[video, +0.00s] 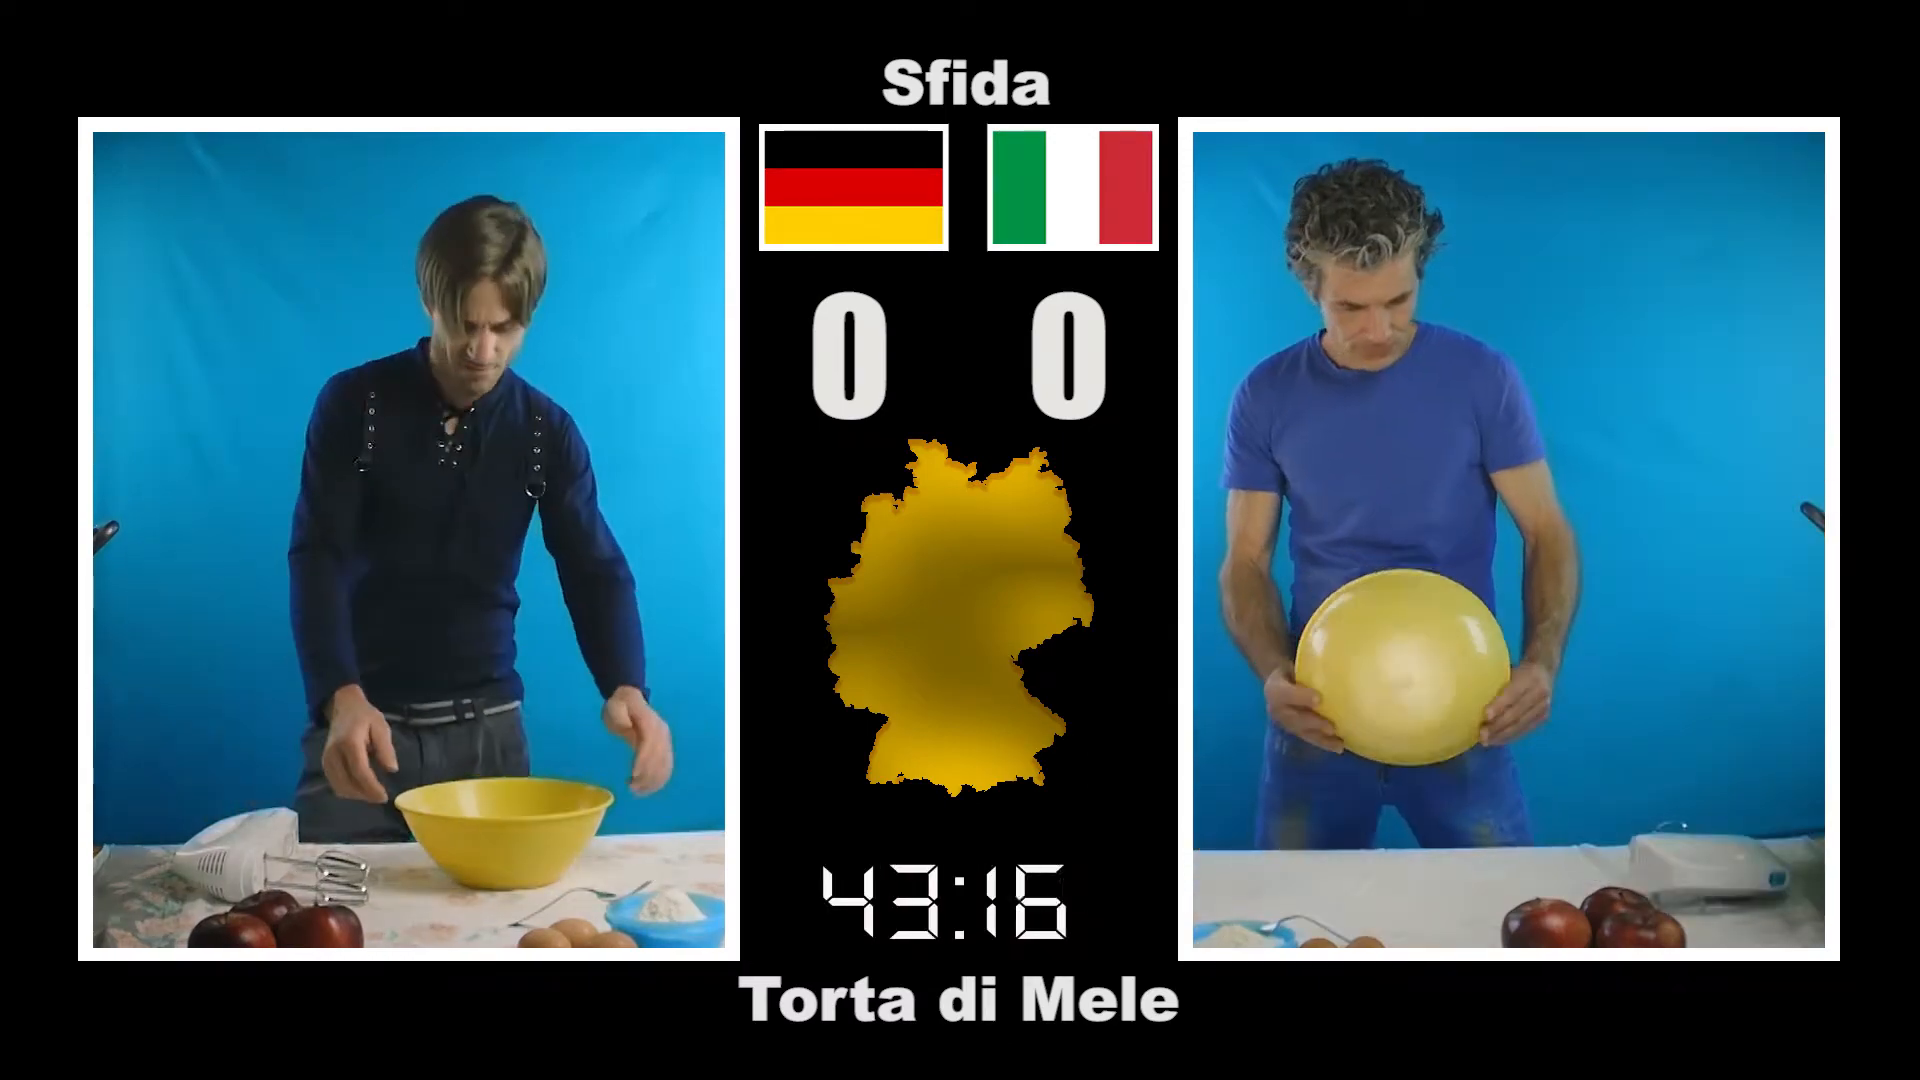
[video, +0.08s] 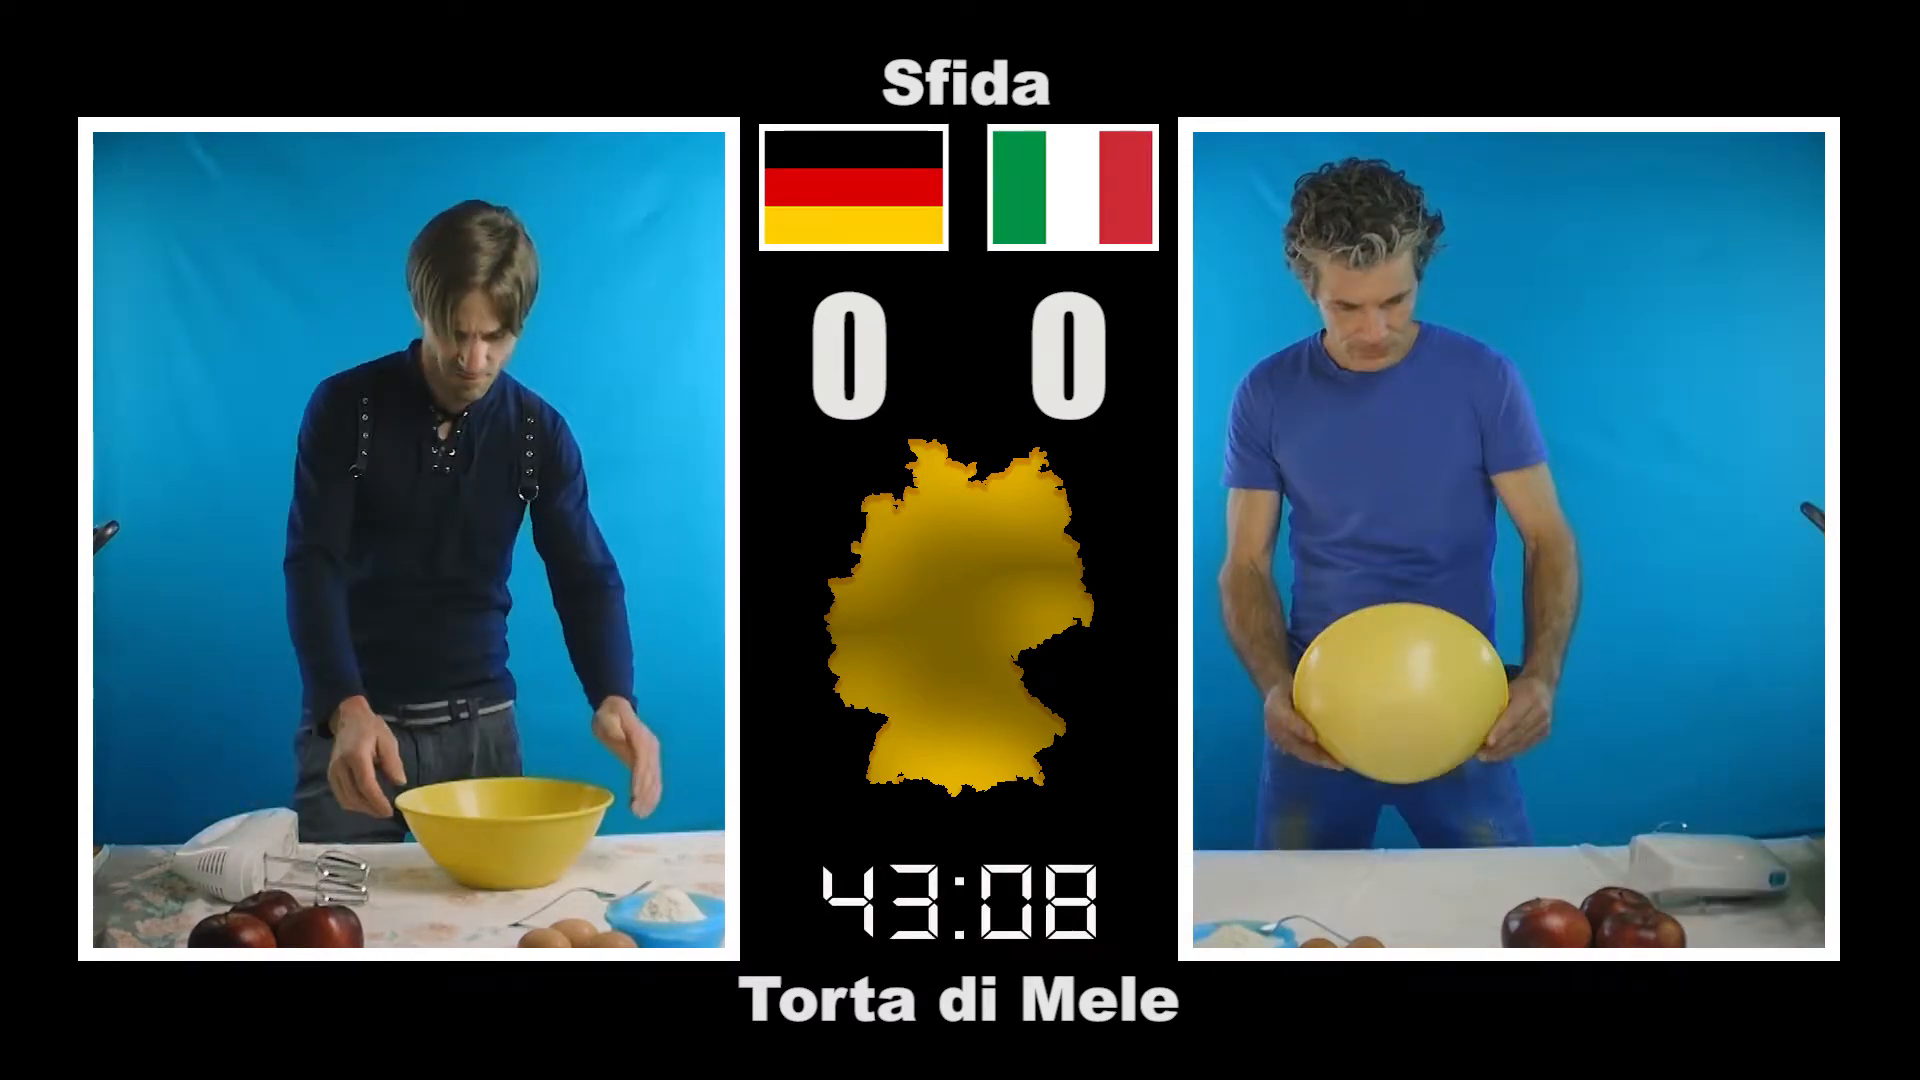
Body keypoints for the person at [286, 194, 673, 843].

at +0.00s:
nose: (482, 349)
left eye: (504, 327)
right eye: (465, 325)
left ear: (527, 316)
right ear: (431, 304)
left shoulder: (543, 431)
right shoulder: (354, 407)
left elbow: (594, 566)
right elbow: (318, 557)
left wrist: (624, 685)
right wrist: (340, 694)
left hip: (487, 733)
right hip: (362, 738)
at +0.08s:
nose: (474, 358)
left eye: (495, 335)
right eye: (455, 334)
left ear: (519, 321)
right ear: (422, 310)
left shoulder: (535, 432)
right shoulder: (345, 411)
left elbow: (586, 575)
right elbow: (313, 564)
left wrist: (612, 698)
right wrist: (346, 707)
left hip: (479, 731)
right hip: (353, 739)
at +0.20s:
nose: (452, 365)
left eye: (473, 342)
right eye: (434, 341)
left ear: (499, 324)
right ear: (400, 315)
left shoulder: (517, 431)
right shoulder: (325, 415)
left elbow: (567, 579)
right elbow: (298, 578)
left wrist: (595, 711)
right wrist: (348, 720)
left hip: (464, 728)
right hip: (338, 737)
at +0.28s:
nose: (435, 383)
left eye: (453, 359)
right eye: (417, 361)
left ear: (473, 341)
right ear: (375, 334)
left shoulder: (490, 430)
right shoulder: (311, 437)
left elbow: (525, 549)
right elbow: (261, 597)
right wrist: (299, 681)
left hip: (463, 741)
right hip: (345, 751)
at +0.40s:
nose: (444, 382)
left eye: (462, 358)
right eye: (427, 359)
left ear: (480, 340)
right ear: (383, 331)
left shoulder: (489, 432)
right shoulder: (316, 435)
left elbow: (516, 550)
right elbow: (259, 600)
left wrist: (595, 635)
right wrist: (327, 684)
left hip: (462, 738)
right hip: (343, 745)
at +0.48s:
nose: (450, 380)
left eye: (468, 357)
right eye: (433, 358)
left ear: (485, 341)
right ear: (388, 330)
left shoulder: (490, 434)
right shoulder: (321, 433)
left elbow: (512, 553)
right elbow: (258, 596)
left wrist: (591, 638)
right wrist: (334, 689)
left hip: (462, 741)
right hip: (342, 747)